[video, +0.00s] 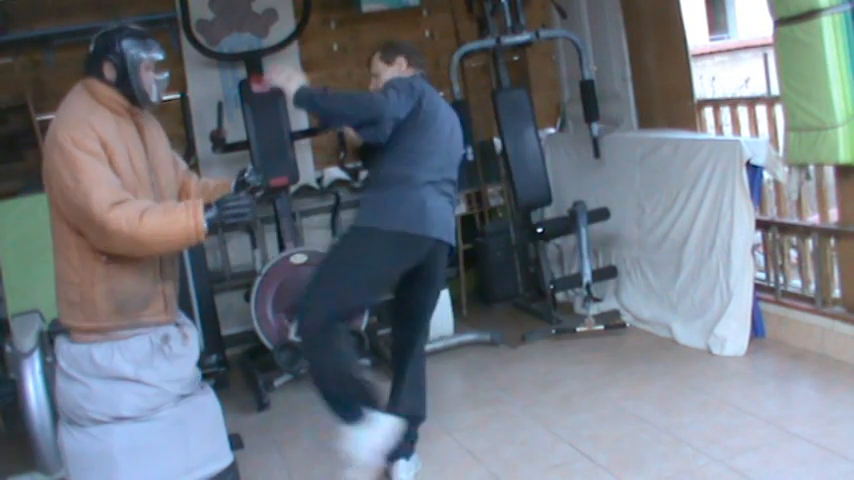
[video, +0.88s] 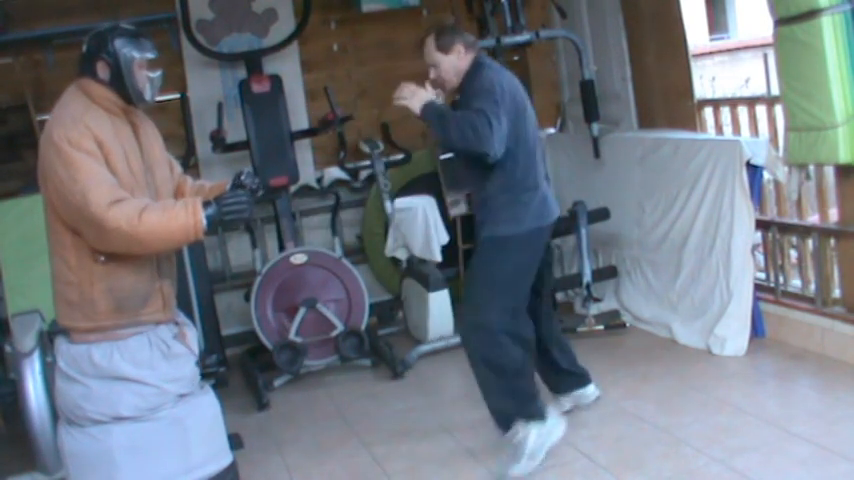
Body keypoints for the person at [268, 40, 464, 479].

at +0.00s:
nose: (376, 84)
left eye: (378, 74)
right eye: (373, 77)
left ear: (402, 64)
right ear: (411, 66)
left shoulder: (408, 86)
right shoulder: (449, 116)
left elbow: (379, 112)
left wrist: (301, 92)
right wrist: (362, 138)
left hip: (393, 225)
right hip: (437, 235)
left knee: (316, 313)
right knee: (410, 340)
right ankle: (403, 451)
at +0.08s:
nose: (368, 81)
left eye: (371, 71)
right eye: (366, 74)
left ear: (396, 60)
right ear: (404, 62)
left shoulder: (405, 90)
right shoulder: (434, 99)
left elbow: (368, 106)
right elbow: (382, 151)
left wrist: (316, 80)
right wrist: (352, 120)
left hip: (407, 235)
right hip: (440, 237)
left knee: (359, 341)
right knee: (411, 349)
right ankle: (414, 452)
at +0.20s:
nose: (361, 77)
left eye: (364, 68)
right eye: (359, 70)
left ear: (388, 58)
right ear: (390, 60)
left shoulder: (411, 90)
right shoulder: (407, 95)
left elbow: (370, 131)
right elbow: (378, 154)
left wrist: (316, 89)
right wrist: (359, 105)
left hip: (440, 246)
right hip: (423, 249)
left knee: (439, 358)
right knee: (419, 356)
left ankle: (507, 463)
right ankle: (420, 453)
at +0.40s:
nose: (360, 88)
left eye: (362, 77)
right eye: (357, 80)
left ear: (388, 63)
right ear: (385, 67)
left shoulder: (429, 91)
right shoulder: (407, 101)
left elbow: (422, 158)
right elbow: (409, 172)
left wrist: (359, 119)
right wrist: (364, 125)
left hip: (478, 247)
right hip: (454, 250)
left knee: (483, 353)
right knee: (460, 344)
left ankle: (518, 463)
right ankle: (479, 414)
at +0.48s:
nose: (374, 90)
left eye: (376, 79)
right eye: (370, 83)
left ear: (405, 65)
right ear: (397, 70)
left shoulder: (449, 95)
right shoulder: (417, 108)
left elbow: (440, 160)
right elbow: (407, 176)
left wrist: (371, 119)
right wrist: (370, 130)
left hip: (485, 244)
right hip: (462, 247)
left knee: (459, 350)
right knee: (481, 338)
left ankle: (504, 463)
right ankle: (527, 402)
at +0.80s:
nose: (427, 82)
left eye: (430, 72)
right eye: (423, 75)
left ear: (458, 60)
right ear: (453, 63)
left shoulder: (486, 93)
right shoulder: (476, 94)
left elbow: (492, 152)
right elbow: (479, 160)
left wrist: (428, 121)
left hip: (507, 237)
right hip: (513, 230)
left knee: (485, 338)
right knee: (524, 319)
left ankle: (504, 452)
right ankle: (575, 394)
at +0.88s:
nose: (433, 76)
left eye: (436, 66)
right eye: (429, 68)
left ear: (462, 53)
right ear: (458, 56)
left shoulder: (488, 82)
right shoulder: (486, 81)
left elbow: (487, 139)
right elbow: (490, 148)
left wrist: (428, 107)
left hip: (515, 222)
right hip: (525, 217)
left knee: (482, 320)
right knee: (529, 308)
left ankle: (531, 422)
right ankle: (574, 384)